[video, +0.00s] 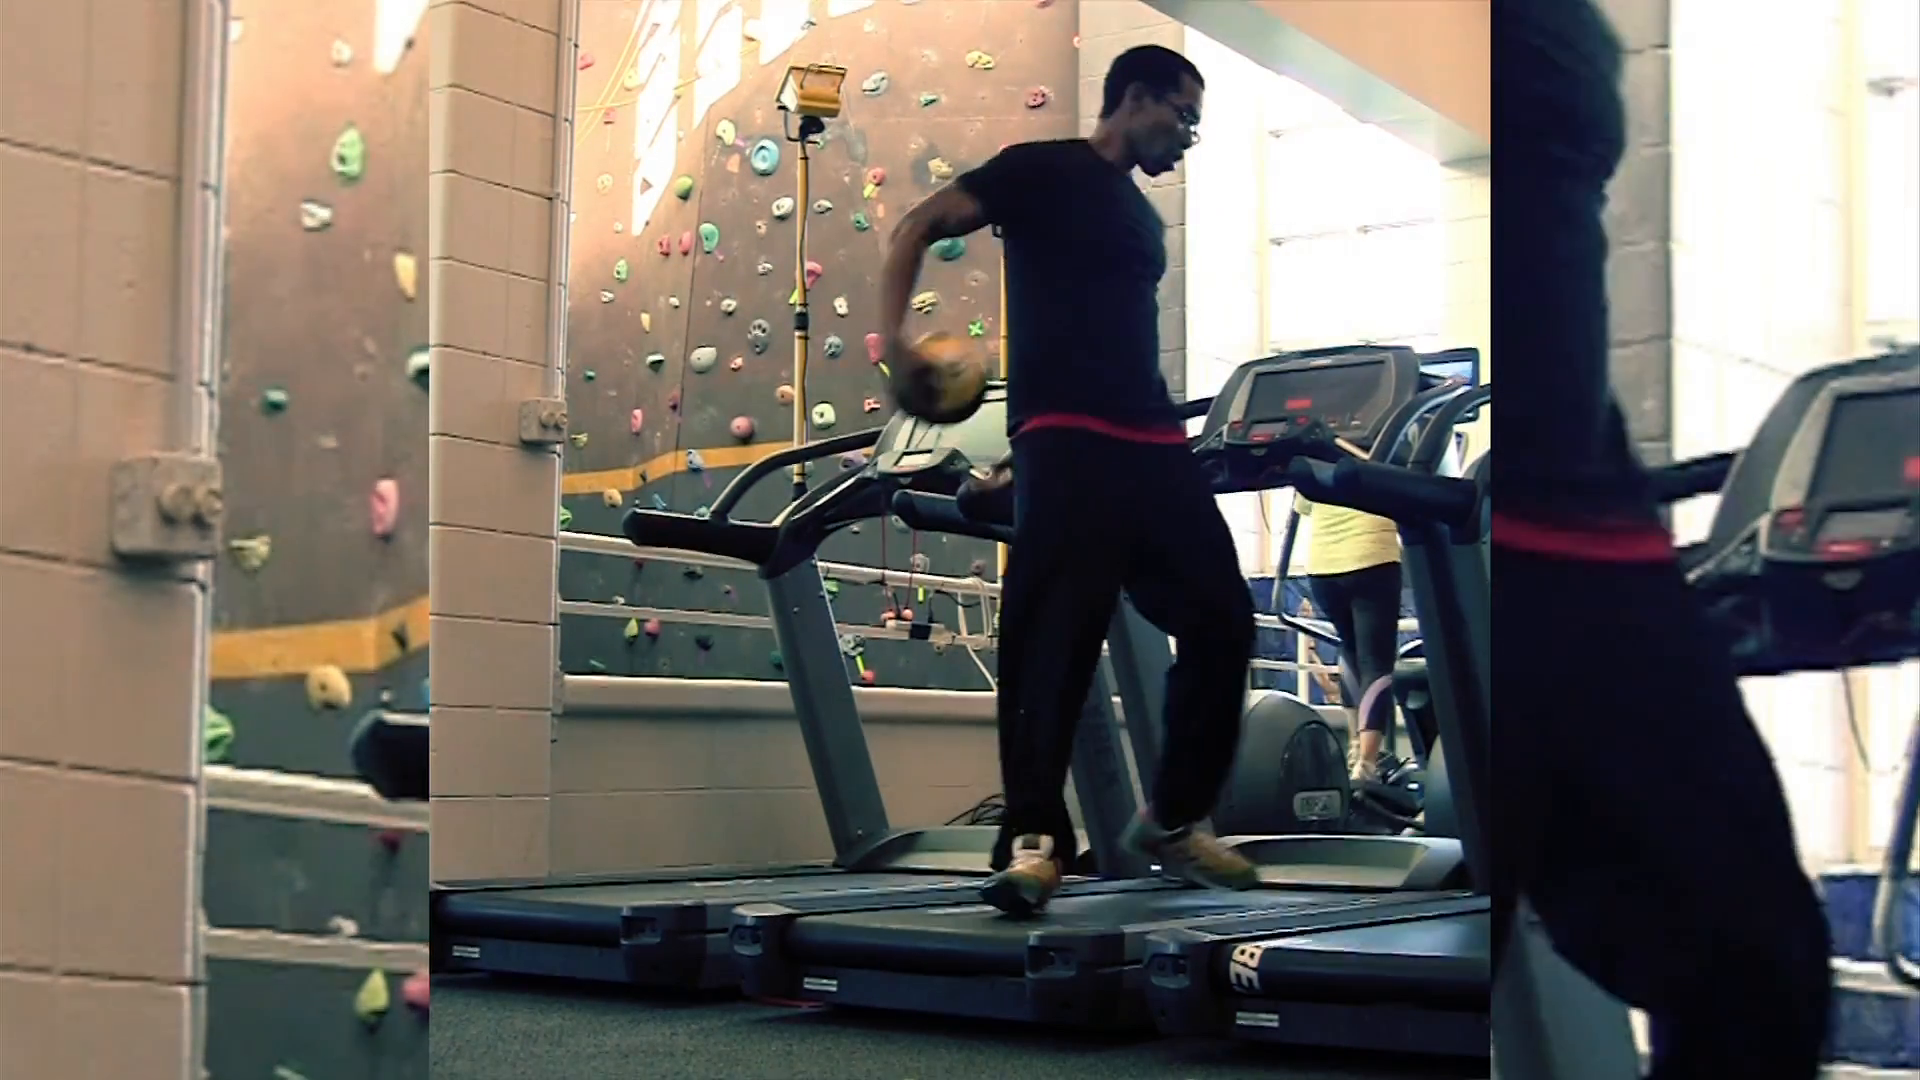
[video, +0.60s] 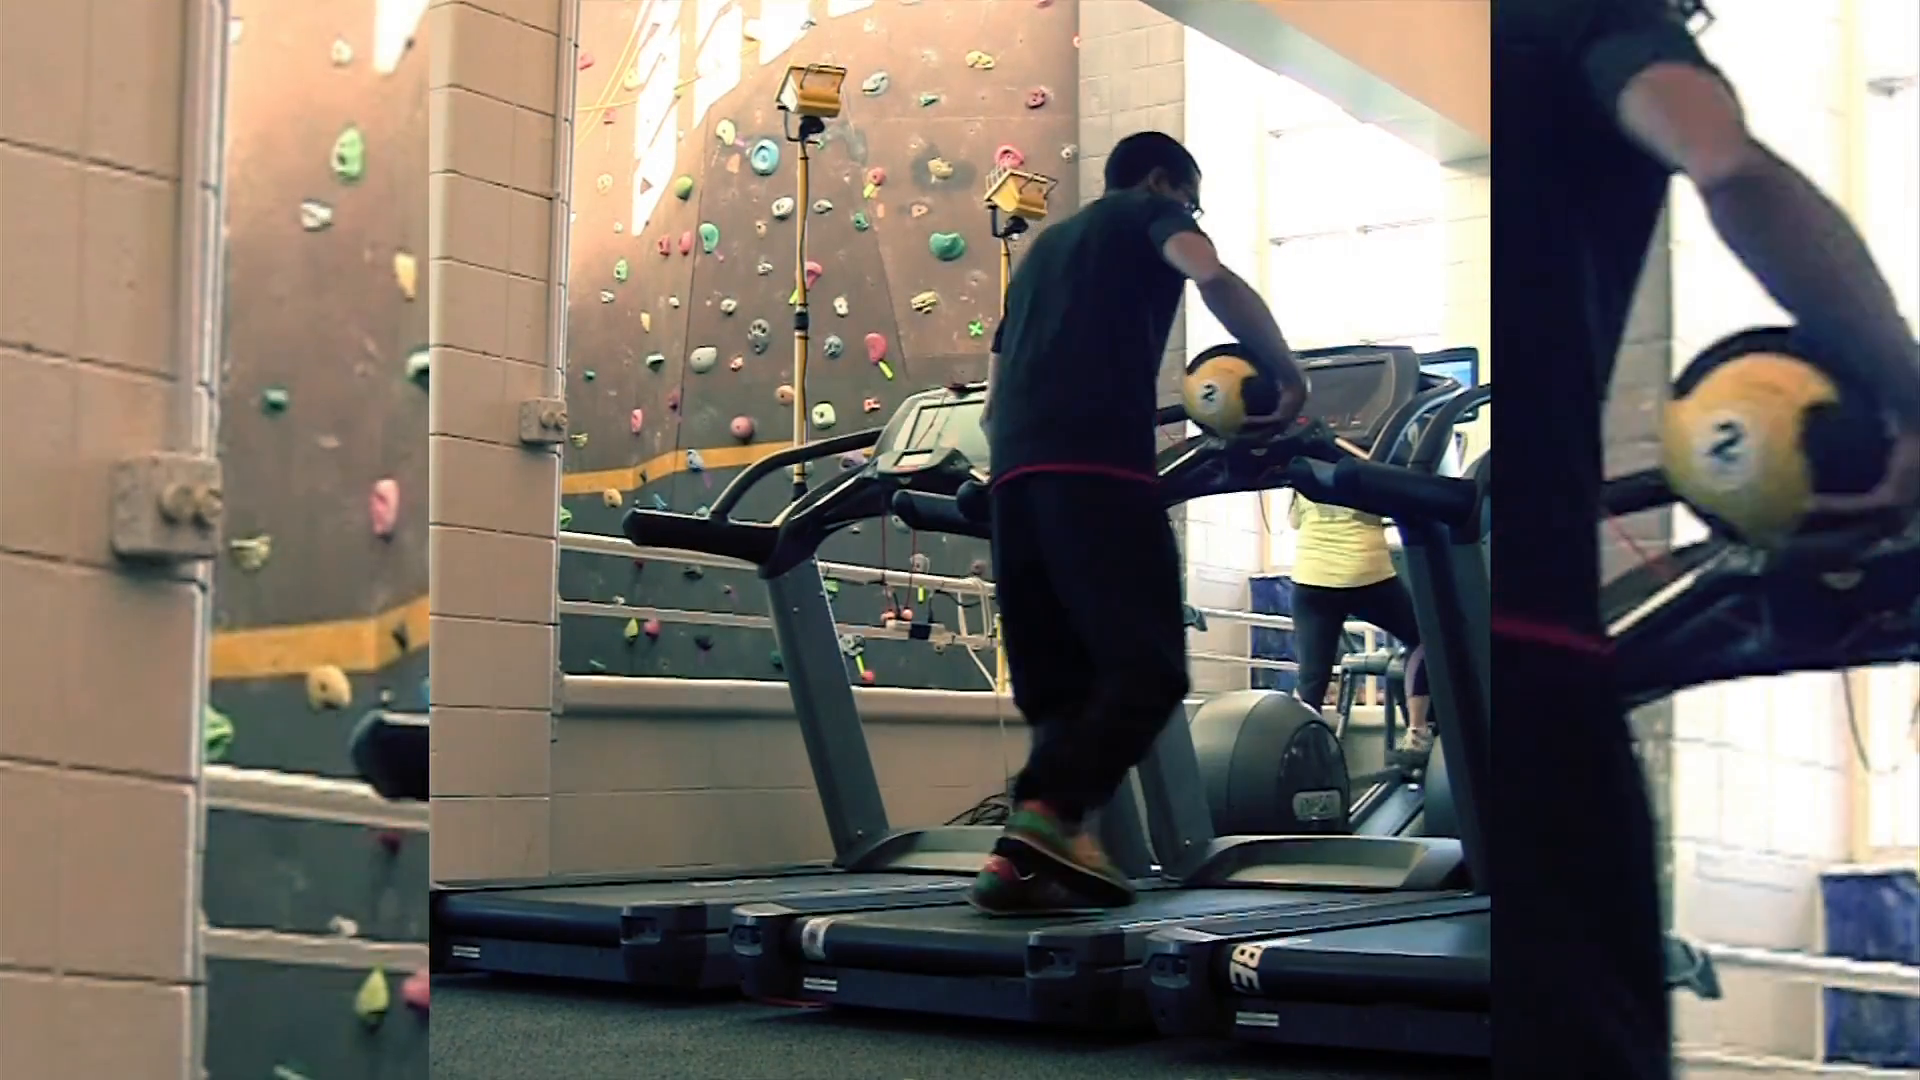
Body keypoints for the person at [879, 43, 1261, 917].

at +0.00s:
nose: (1186, 136)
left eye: (1193, 124)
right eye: (1179, 115)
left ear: (1153, 113)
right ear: (1130, 98)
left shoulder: (1141, 214)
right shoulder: (1042, 168)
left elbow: (1110, 342)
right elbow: (913, 226)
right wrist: (890, 338)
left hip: (1156, 451)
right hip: (1067, 446)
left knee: (1224, 627)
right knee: (1051, 636)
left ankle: (1176, 825)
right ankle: (1034, 838)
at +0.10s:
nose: (1192, 146)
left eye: (1197, 133)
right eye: (1187, 125)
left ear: (1147, 113)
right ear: (1141, 104)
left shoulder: (1124, 207)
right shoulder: (1068, 158)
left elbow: (1080, 335)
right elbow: (946, 214)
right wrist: (960, 318)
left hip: (1142, 455)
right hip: (1071, 447)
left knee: (1200, 627)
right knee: (1057, 639)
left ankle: (1141, 835)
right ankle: (1023, 844)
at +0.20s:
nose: (1194, 159)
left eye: (1199, 146)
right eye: (1189, 139)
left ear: (1149, 128)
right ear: (1147, 120)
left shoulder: (1117, 209)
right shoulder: (1093, 162)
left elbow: (1041, 345)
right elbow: (1006, 205)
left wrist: (1028, 488)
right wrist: (1068, 287)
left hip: (1115, 451)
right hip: (1077, 441)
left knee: (1177, 638)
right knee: (1071, 639)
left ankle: (1108, 848)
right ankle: (998, 854)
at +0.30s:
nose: (1188, 180)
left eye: (1195, 165)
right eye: (1187, 159)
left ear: (1136, 137)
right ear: (1150, 138)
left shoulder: (1060, 224)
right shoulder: (1096, 188)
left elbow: (1013, 369)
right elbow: (1089, 229)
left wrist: (1028, 489)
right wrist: (1175, 309)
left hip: (1075, 462)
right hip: (1082, 456)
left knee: (1156, 642)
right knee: (1088, 642)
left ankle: (1087, 856)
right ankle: (984, 857)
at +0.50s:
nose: (1188, 203)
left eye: (1190, 193)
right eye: (1185, 189)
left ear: (1110, 170)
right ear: (1156, 169)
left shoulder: (1030, 249)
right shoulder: (1144, 200)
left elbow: (1003, 393)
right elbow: (1206, 266)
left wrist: (1019, 475)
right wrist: (1288, 363)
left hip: (1022, 475)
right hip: (1096, 462)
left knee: (1068, 671)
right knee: (1126, 660)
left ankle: (1043, 850)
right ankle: (1006, 818)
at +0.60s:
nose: (1191, 213)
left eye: (1193, 203)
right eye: (1188, 199)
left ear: (1114, 180)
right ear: (1163, 180)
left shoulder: (1042, 246)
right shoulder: (1150, 206)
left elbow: (1015, 370)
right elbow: (1212, 278)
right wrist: (1290, 374)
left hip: (1015, 476)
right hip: (1095, 467)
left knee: (1055, 672)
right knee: (1151, 668)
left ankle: (1046, 850)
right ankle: (1043, 818)